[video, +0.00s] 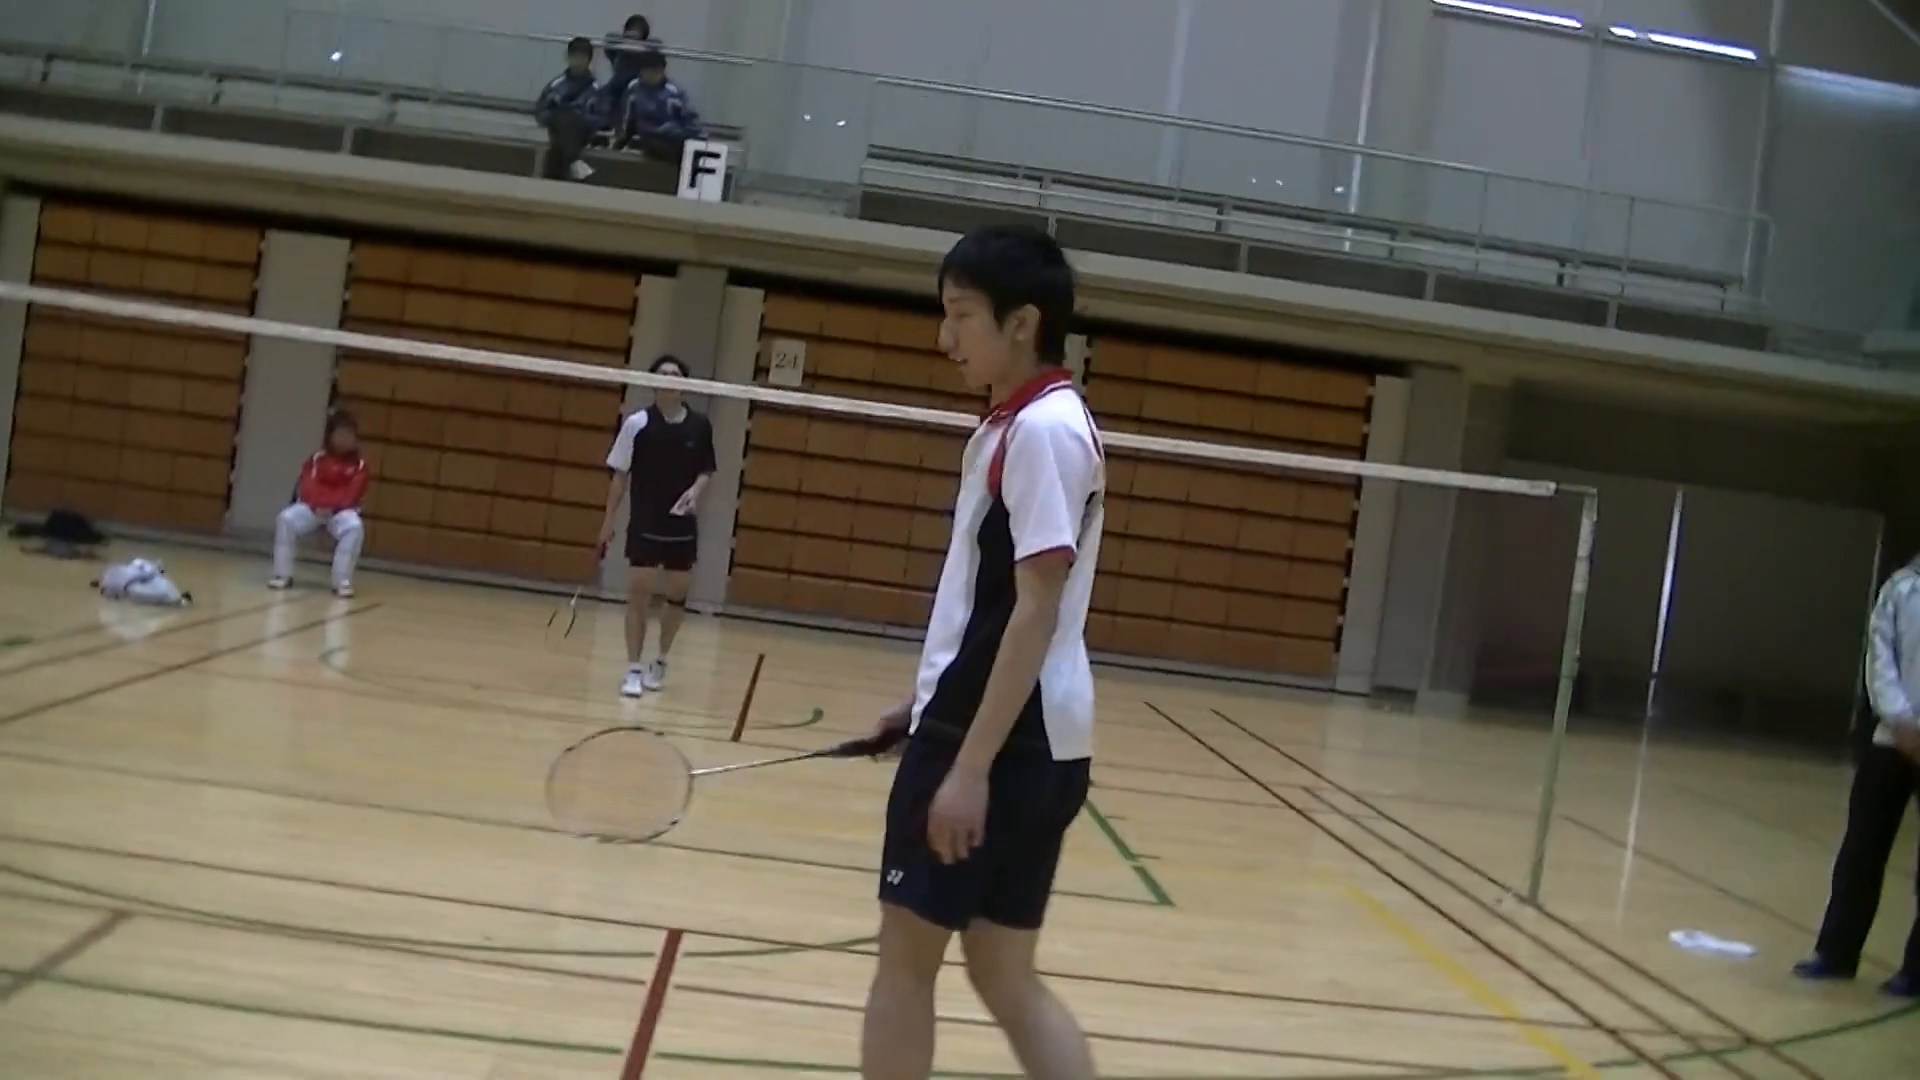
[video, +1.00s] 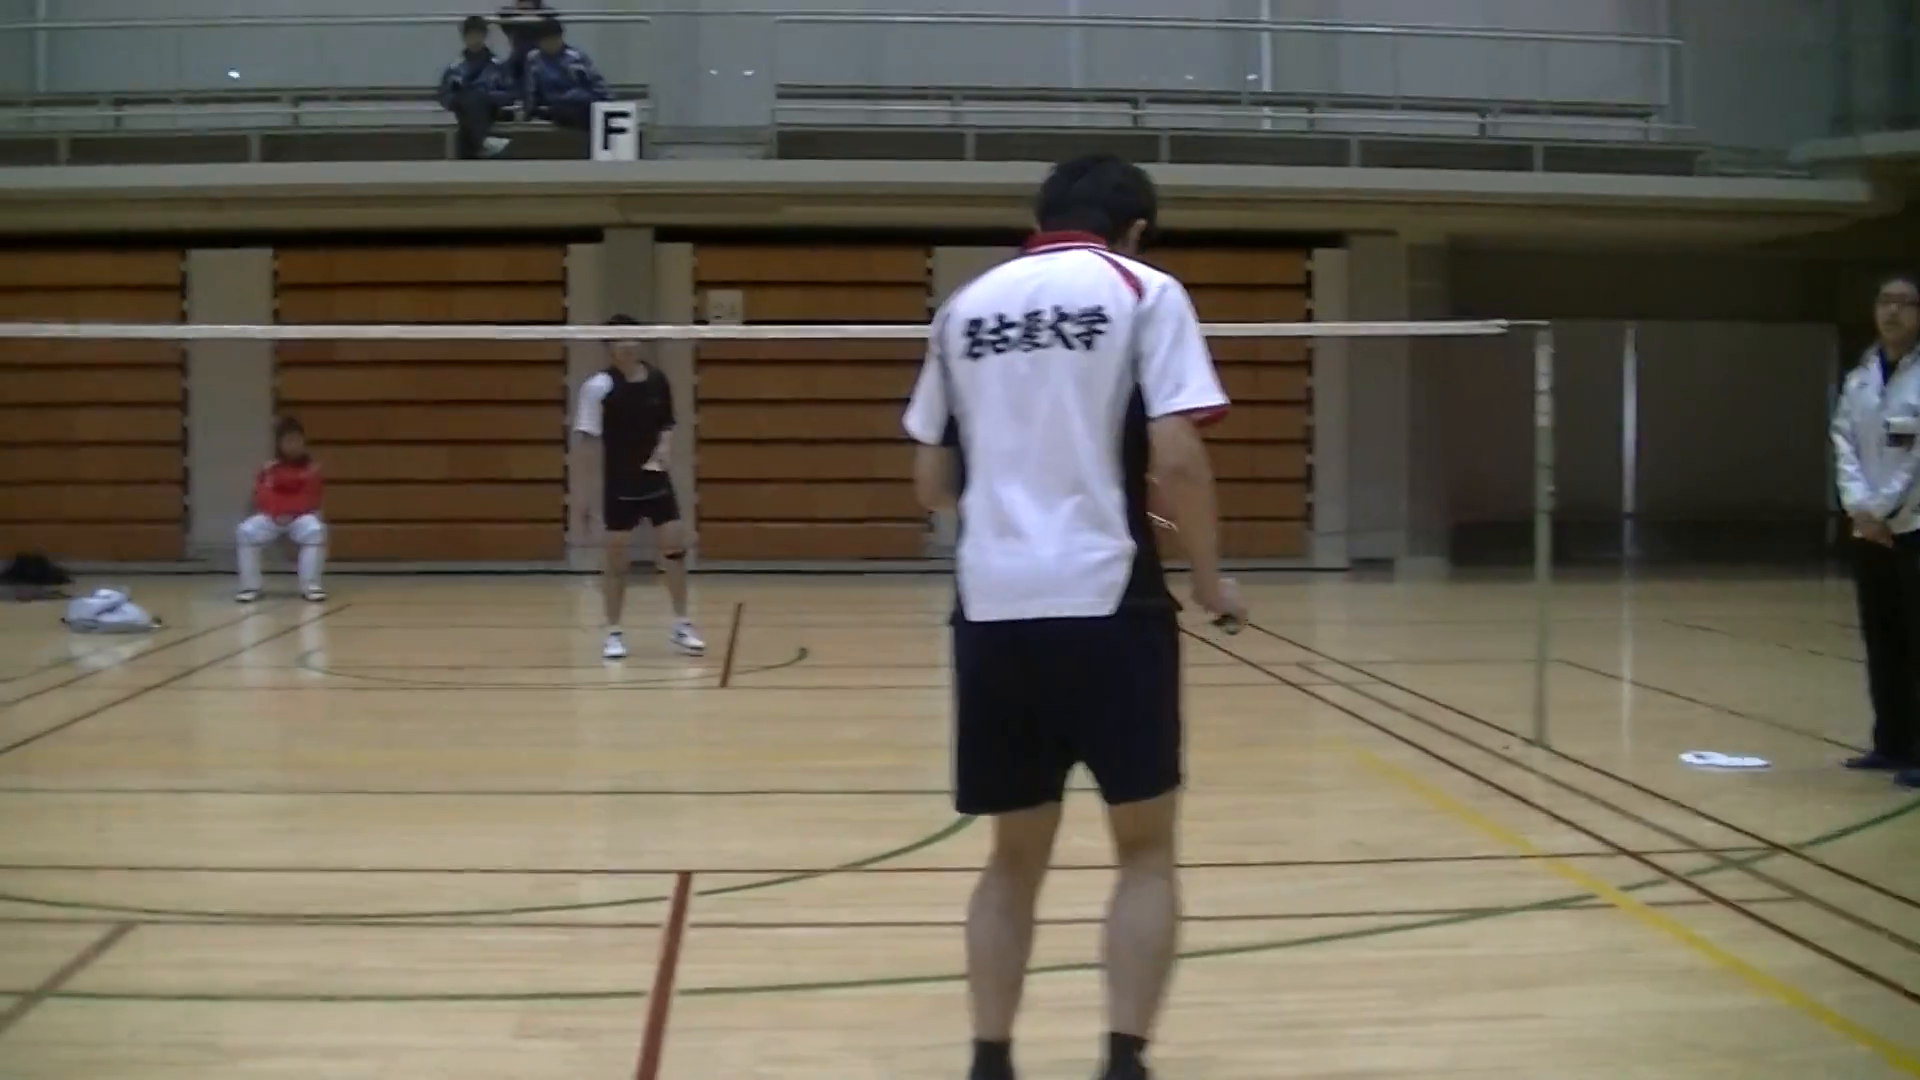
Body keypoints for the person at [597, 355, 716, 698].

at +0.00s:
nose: (669, 381)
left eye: (675, 376)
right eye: (663, 375)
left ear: (685, 385)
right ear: (653, 382)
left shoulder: (699, 426)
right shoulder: (637, 423)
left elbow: (707, 468)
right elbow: (620, 476)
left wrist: (695, 491)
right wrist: (607, 523)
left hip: (682, 525)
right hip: (644, 522)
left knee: (676, 598)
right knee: (639, 595)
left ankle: (660, 660)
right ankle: (634, 668)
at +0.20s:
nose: (613, 428)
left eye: (617, 421)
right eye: (606, 423)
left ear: (627, 422)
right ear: (596, 425)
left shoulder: (646, 459)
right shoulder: (584, 467)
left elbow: (660, 502)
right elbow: (575, 521)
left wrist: (641, 521)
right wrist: (575, 567)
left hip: (642, 558)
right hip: (605, 561)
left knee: (646, 629)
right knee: (606, 631)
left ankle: (616, 682)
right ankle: (603, 706)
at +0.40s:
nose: (566, 446)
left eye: (571, 439)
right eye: (559, 441)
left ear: (580, 440)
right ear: (550, 445)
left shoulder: (601, 477)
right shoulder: (539, 488)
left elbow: (616, 521)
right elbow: (534, 543)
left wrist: (594, 537)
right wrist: (546, 587)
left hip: (602, 575)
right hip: (564, 580)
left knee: (620, 643)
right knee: (565, 652)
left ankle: (596, 659)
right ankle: (563, 729)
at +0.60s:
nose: (527, 412)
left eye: (531, 405)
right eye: (520, 407)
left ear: (541, 406)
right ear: (511, 412)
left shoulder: (565, 443)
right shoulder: (503, 455)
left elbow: (580, 485)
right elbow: (499, 509)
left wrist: (564, 509)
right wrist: (512, 554)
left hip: (568, 542)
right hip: (530, 548)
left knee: (587, 608)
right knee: (533, 620)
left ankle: (568, 677)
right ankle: (532, 694)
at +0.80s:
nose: (537, 357)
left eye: (541, 351)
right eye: (530, 353)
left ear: (550, 355)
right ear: (518, 359)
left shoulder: (569, 390)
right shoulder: (508, 404)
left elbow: (583, 434)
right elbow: (501, 463)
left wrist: (575, 460)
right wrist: (504, 513)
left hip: (572, 490)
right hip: (534, 497)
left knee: (594, 559)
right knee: (534, 573)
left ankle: (602, 632)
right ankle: (537, 646)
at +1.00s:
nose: (628, 348)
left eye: (633, 341)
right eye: (621, 342)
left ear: (641, 343)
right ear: (609, 347)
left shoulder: (657, 380)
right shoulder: (597, 387)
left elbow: (667, 426)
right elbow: (586, 447)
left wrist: (661, 455)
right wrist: (582, 498)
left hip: (655, 476)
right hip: (618, 481)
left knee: (675, 545)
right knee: (617, 556)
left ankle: (681, 625)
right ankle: (614, 632)